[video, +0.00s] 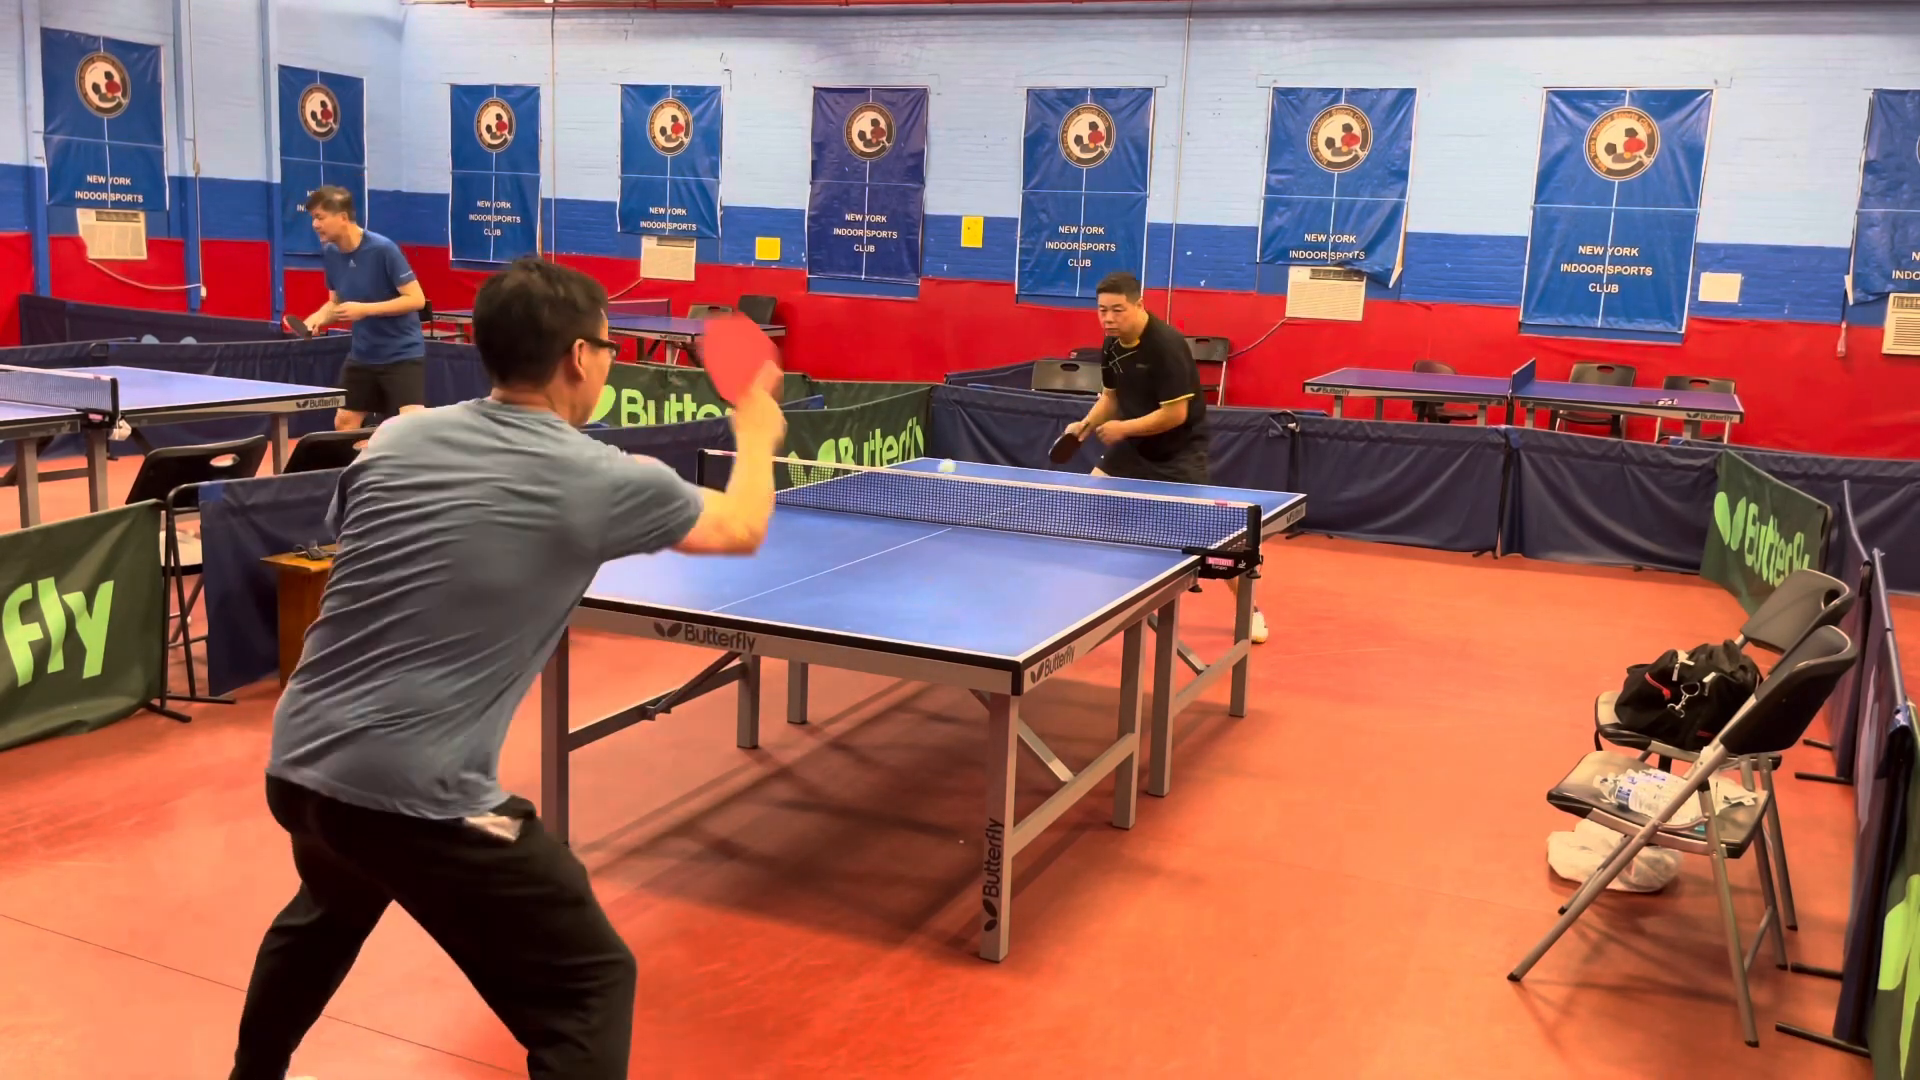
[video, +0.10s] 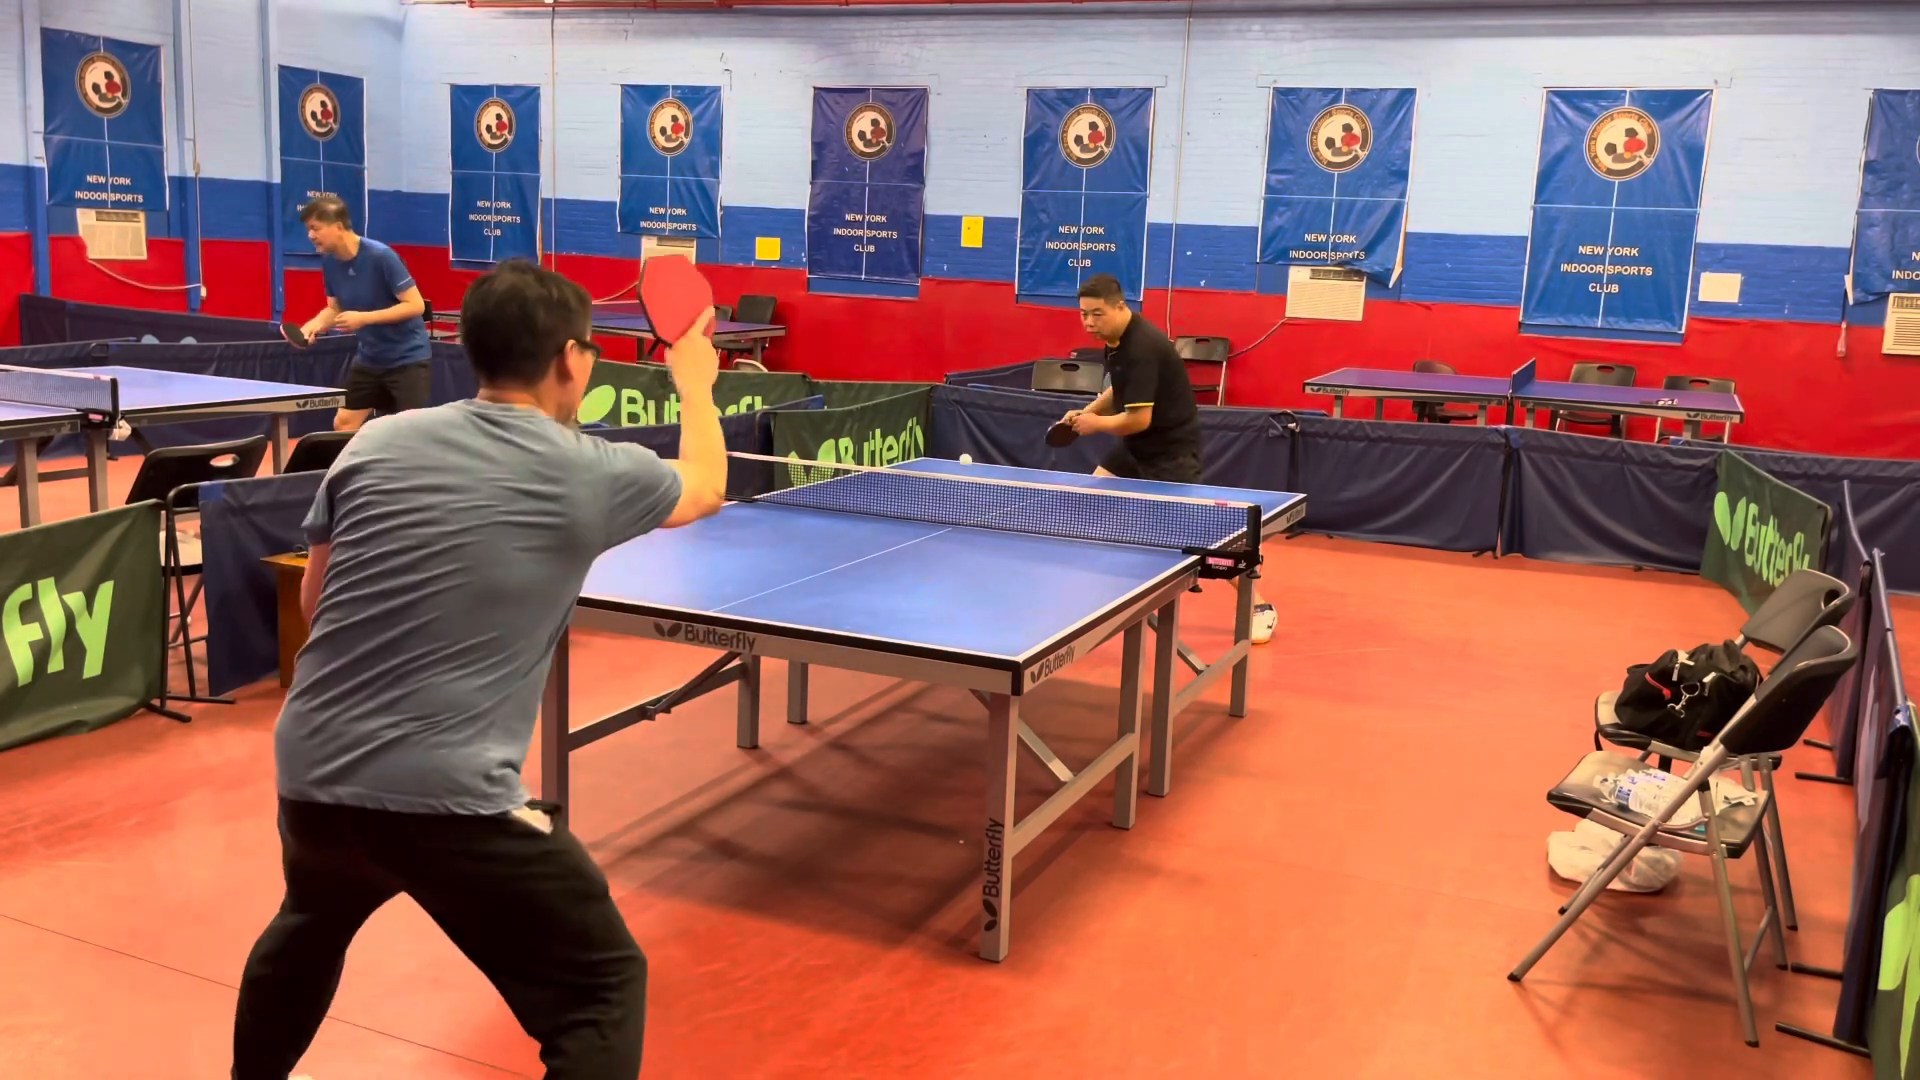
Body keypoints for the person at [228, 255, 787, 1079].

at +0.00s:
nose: (609, 365)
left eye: (607, 346)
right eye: (605, 347)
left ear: (489, 352)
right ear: (575, 359)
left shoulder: (392, 440)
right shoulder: (591, 475)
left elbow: (347, 568)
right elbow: (740, 526)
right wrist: (758, 437)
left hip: (298, 772)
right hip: (423, 795)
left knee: (331, 905)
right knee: (591, 981)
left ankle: (251, 1075)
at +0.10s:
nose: (589, 365)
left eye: (588, 347)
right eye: (587, 348)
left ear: (478, 353)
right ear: (566, 359)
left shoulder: (373, 443)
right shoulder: (582, 468)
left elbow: (318, 600)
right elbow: (704, 488)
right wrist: (697, 385)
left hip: (312, 783)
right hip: (449, 797)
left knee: (308, 926)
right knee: (601, 984)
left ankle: (253, 1069)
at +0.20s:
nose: (578, 403)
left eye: (577, 383)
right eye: (577, 384)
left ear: (468, 384)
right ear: (558, 391)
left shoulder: (361, 469)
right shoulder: (568, 495)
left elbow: (294, 632)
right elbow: (686, 543)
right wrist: (682, 445)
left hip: (317, 818)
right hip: (459, 830)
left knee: (313, 928)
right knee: (621, 991)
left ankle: (251, 1072)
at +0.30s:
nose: (597, 419)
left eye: (597, 402)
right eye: (596, 403)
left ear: (485, 401)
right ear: (578, 410)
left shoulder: (374, 475)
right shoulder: (582, 527)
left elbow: (294, 628)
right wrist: (667, 554)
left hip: (304, 811)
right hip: (432, 826)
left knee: (334, 922)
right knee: (616, 991)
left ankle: (254, 1073)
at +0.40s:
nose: (633, 414)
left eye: (634, 397)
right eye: (633, 397)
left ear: (526, 388)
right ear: (614, 403)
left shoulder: (411, 450)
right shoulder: (584, 525)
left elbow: (324, 585)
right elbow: (570, 719)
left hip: (288, 766)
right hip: (404, 796)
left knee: (331, 916)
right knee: (576, 988)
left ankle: (254, 1071)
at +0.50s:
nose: (660, 425)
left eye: (662, 407)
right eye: (661, 407)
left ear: (551, 395)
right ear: (636, 415)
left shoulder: (462, 450)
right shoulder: (558, 525)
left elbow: (413, 596)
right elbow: (481, 717)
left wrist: (526, 652)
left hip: (287, 746)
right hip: (371, 783)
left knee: (330, 916)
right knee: (542, 989)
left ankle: (238, 1073)